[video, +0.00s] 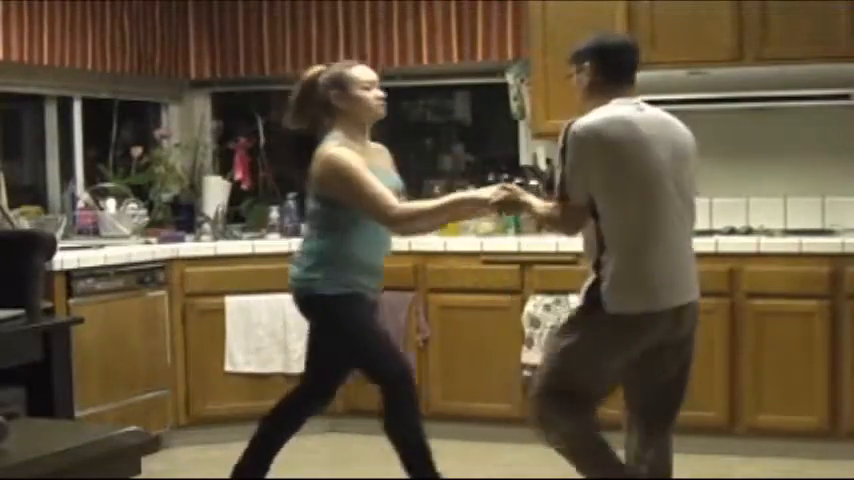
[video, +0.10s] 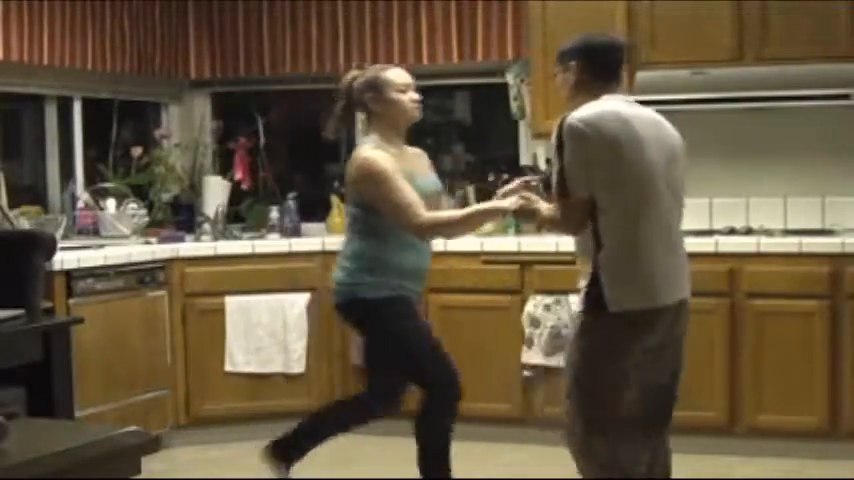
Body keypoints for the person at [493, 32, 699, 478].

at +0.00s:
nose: (574, 84)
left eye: (576, 73)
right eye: (575, 74)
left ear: (590, 74)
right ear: (630, 76)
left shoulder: (586, 131)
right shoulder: (677, 129)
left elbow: (568, 219)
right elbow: (669, 211)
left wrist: (521, 200)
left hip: (621, 305)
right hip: (680, 302)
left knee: (554, 408)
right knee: (651, 433)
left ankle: (615, 473)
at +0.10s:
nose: (559, 84)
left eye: (561, 74)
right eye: (559, 74)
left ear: (576, 73)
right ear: (619, 76)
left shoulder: (579, 125)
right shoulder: (662, 126)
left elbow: (573, 220)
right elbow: (642, 207)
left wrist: (531, 207)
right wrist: (552, 199)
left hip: (618, 301)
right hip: (671, 295)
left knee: (593, 425)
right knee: (651, 423)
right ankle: (652, 473)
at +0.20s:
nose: (546, 82)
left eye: (549, 71)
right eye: (548, 72)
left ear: (564, 72)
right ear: (600, 73)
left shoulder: (569, 121)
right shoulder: (645, 123)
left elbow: (565, 213)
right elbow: (637, 204)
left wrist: (524, 209)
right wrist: (547, 202)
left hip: (615, 303)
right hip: (661, 297)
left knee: (604, 438)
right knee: (619, 432)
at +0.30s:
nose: (529, 84)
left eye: (532, 73)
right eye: (531, 73)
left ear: (548, 72)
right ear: (587, 74)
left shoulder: (555, 121)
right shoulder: (636, 124)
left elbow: (559, 207)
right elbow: (651, 207)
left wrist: (506, 218)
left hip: (604, 304)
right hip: (654, 297)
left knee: (606, 440)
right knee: (604, 434)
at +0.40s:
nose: (524, 86)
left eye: (526, 75)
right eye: (523, 76)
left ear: (541, 74)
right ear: (579, 75)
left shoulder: (542, 124)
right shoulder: (629, 129)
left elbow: (540, 205)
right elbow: (652, 208)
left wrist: (469, 218)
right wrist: (586, 212)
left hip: (589, 308)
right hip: (639, 302)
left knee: (604, 435)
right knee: (589, 433)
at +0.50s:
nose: (512, 89)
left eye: (516, 77)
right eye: (513, 77)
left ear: (532, 75)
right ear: (569, 76)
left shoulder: (526, 128)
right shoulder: (621, 130)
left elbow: (500, 213)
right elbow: (647, 206)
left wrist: (426, 217)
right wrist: (579, 216)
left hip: (568, 308)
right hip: (625, 302)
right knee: (578, 432)